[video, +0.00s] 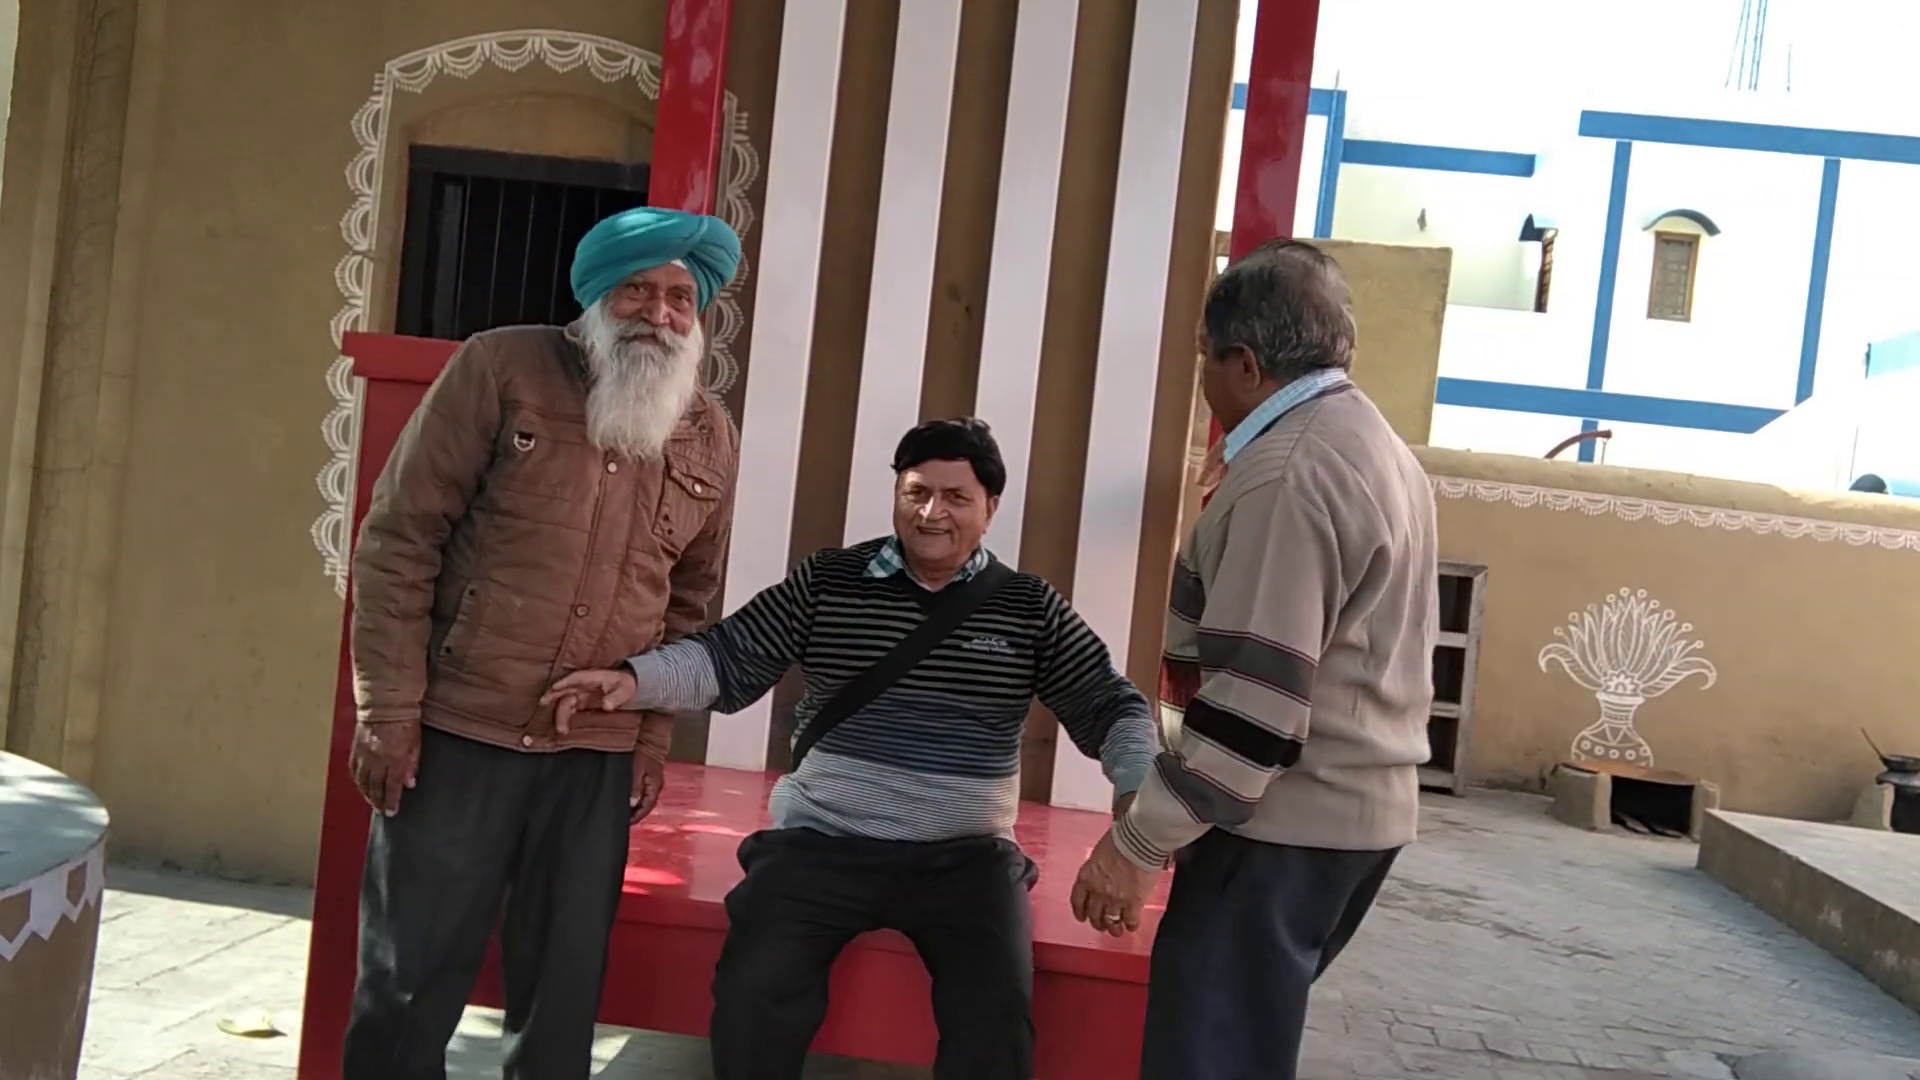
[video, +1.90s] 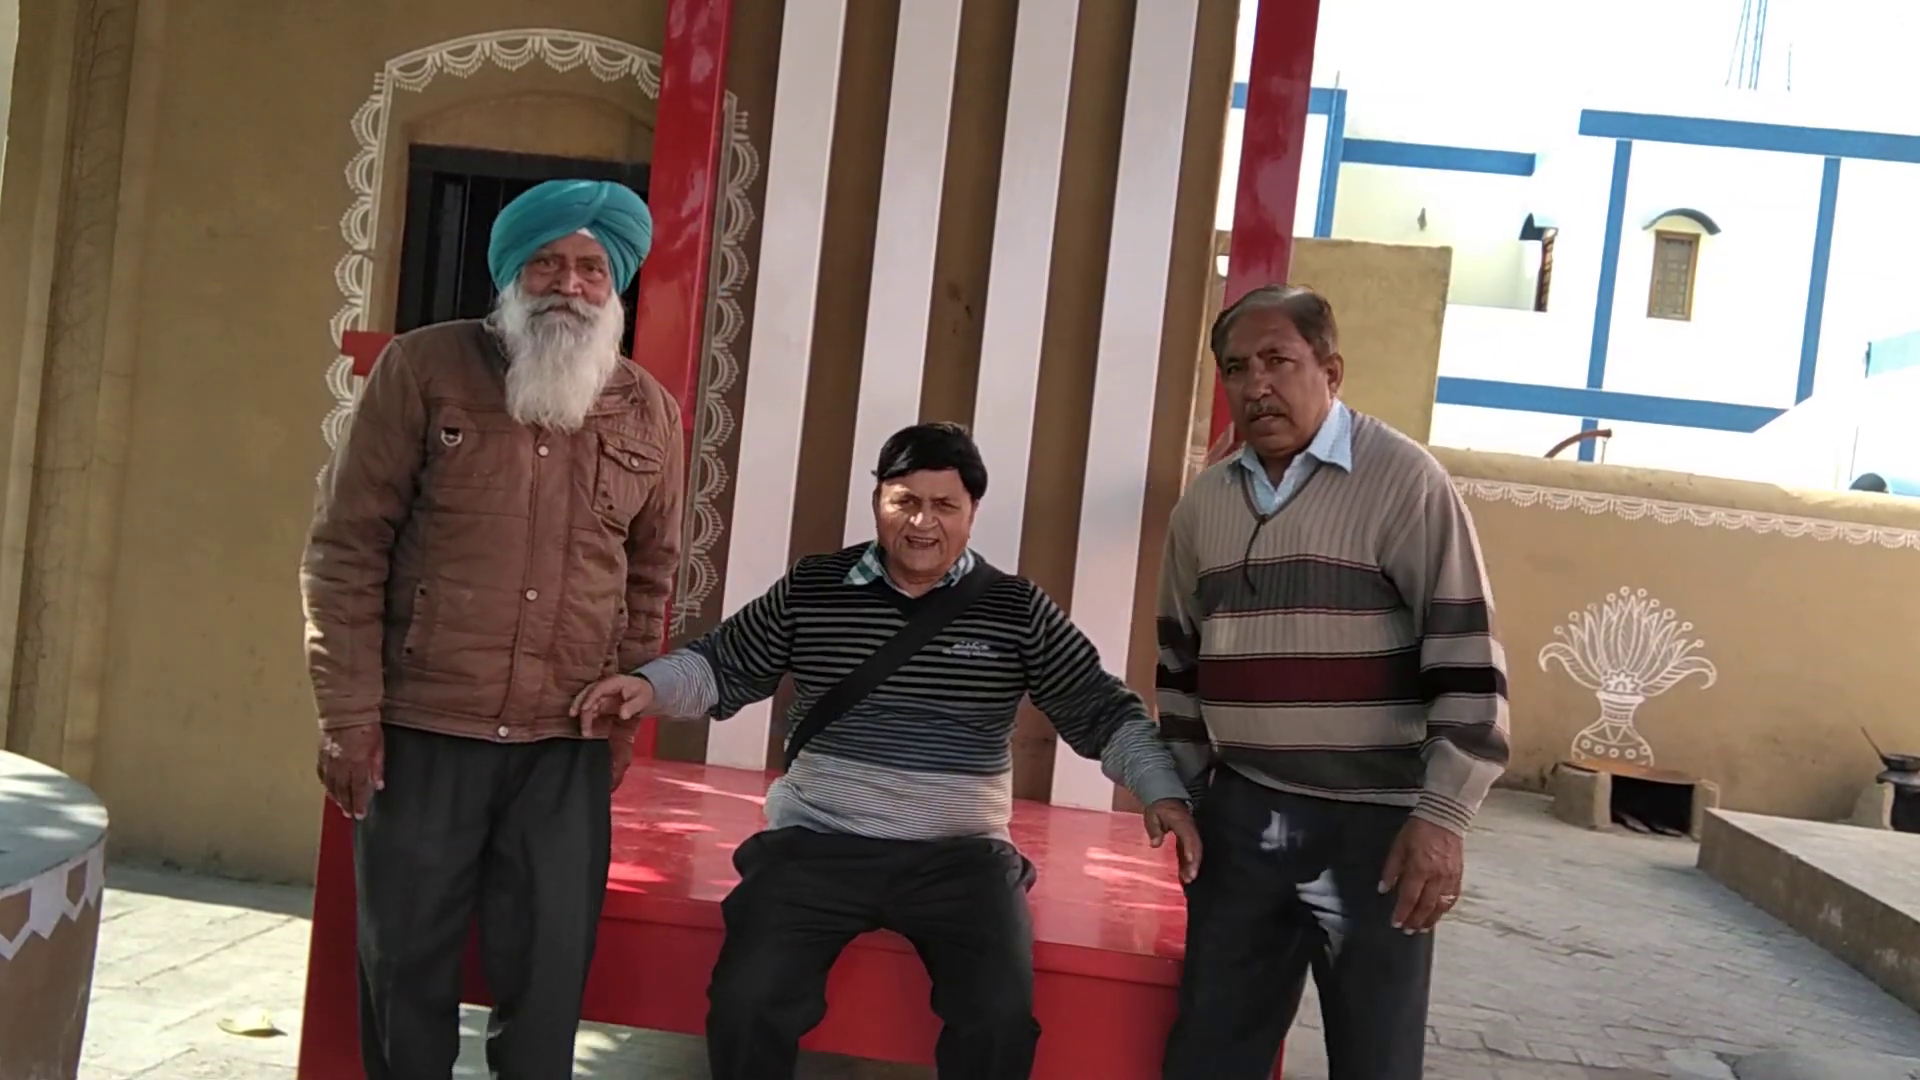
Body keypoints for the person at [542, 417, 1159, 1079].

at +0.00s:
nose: (932, 511)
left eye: (955, 497)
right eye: (918, 492)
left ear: (991, 510)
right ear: (895, 496)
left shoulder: (1029, 607)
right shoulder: (830, 583)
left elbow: (1112, 711)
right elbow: (728, 657)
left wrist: (1158, 805)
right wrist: (628, 685)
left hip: (963, 847)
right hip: (821, 835)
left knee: (995, 1006)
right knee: (755, 991)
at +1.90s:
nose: (923, 519)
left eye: (943, 505)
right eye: (907, 502)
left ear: (973, 515)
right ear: (876, 507)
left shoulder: (1015, 609)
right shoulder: (815, 588)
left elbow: (1102, 710)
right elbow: (725, 664)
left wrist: (1163, 795)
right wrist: (645, 685)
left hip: (960, 846)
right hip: (815, 835)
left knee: (999, 1016)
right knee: (746, 1005)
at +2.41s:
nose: (928, 513)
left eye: (949, 496)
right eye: (910, 494)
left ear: (977, 508)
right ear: (881, 501)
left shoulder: (1016, 608)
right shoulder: (817, 587)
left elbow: (1090, 686)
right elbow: (720, 650)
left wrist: (1153, 734)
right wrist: (649, 661)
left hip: (962, 848)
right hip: (818, 837)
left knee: (1000, 1019)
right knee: (745, 1005)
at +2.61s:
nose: (933, 511)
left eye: (952, 496)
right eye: (915, 494)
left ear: (978, 508)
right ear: (885, 500)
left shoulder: (1020, 607)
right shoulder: (819, 583)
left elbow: (1088, 683)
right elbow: (720, 645)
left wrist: (1132, 688)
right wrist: (682, 605)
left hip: (964, 850)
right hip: (818, 838)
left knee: (1002, 1009)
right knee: (744, 997)